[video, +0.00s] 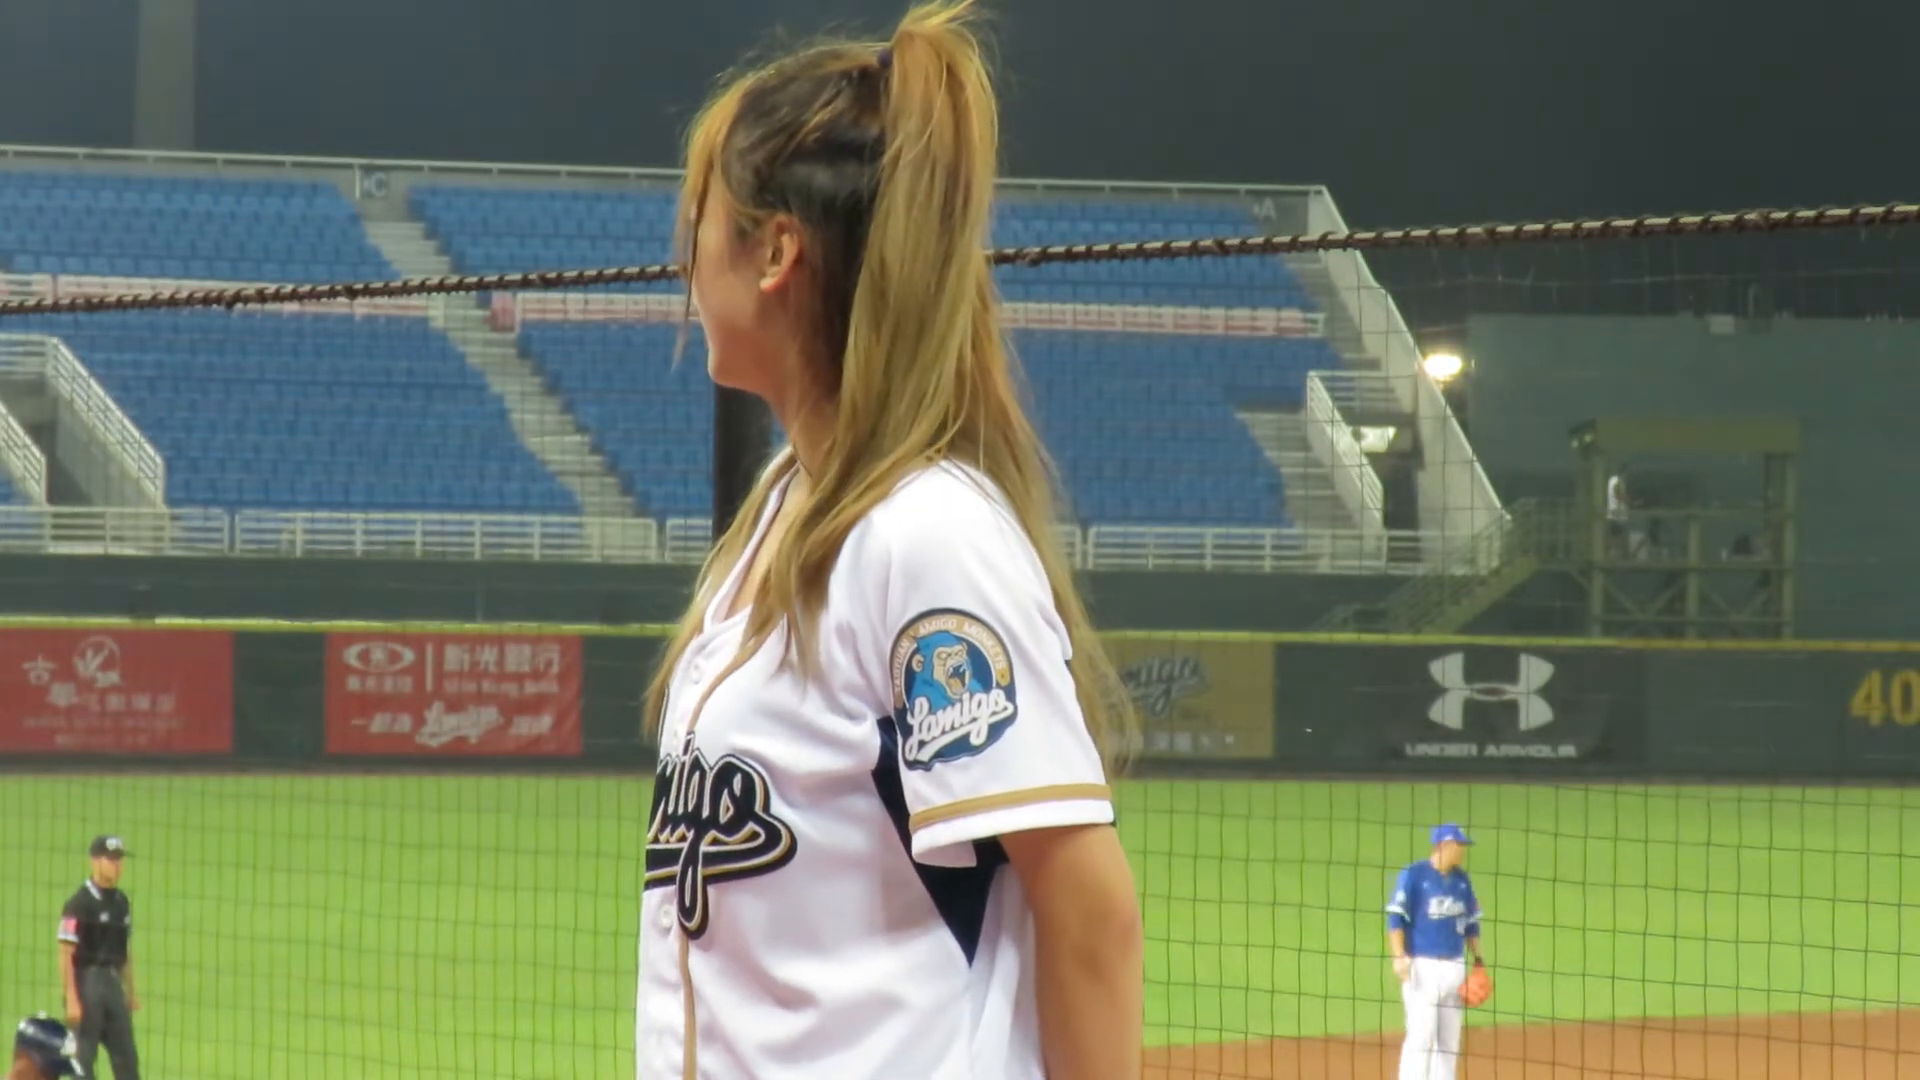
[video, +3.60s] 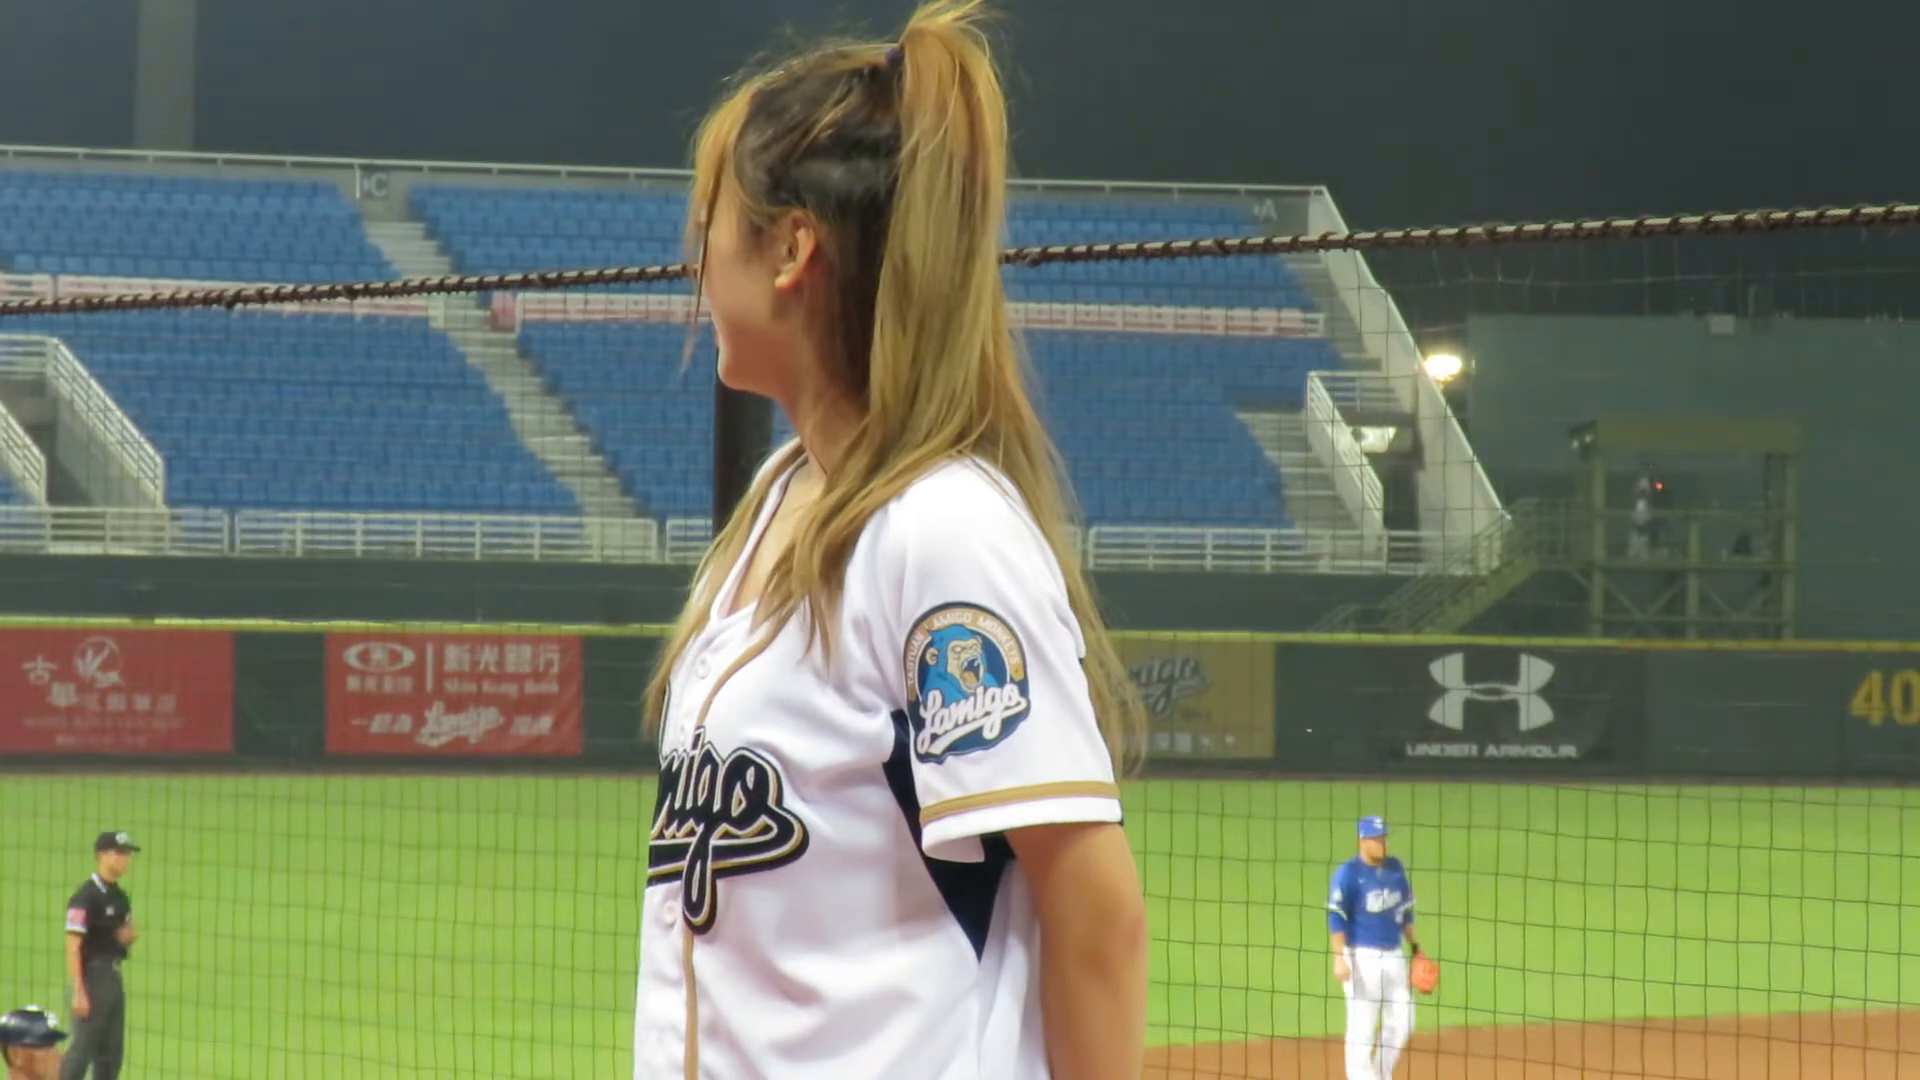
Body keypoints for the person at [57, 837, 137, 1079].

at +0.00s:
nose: (116, 865)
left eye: (119, 859)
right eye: (110, 859)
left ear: (122, 862)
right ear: (95, 860)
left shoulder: (121, 901)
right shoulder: (78, 903)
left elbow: (123, 952)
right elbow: (66, 954)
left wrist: (129, 990)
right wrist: (72, 1000)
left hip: (114, 973)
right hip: (87, 973)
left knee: (125, 1054)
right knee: (84, 1053)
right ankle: (81, 1074)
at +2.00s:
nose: (117, 865)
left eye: (118, 859)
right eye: (111, 859)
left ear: (119, 861)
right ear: (94, 860)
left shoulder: (118, 898)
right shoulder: (79, 903)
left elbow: (122, 955)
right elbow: (68, 955)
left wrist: (129, 995)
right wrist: (78, 1000)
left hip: (114, 975)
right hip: (89, 975)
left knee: (138, 1049)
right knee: (86, 1055)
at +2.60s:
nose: (134, 860)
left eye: (134, 854)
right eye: (129, 854)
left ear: (124, 857)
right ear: (113, 856)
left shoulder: (125, 893)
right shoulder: (100, 896)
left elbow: (129, 946)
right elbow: (90, 948)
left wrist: (142, 984)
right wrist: (113, 989)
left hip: (127, 970)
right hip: (109, 971)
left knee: (123, 1047)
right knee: (106, 1049)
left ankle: (117, 1074)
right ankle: (100, 1074)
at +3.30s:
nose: (145, 862)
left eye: (145, 856)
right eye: (141, 855)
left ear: (129, 857)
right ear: (122, 855)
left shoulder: (127, 892)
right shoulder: (102, 894)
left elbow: (117, 936)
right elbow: (89, 944)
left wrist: (139, 945)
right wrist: (95, 989)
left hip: (121, 967)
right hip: (104, 967)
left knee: (118, 1044)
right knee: (103, 1043)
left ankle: (111, 1074)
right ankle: (90, 1075)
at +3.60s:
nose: (126, 860)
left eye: (127, 854)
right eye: (121, 854)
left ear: (123, 858)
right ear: (103, 855)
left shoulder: (119, 895)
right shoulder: (85, 895)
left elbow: (126, 933)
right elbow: (73, 947)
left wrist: (127, 935)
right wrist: (79, 991)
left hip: (112, 967)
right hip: (92, 967)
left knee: (110, 1047)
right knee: (84, 1044)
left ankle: (106, 1074)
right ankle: (68, 1075)